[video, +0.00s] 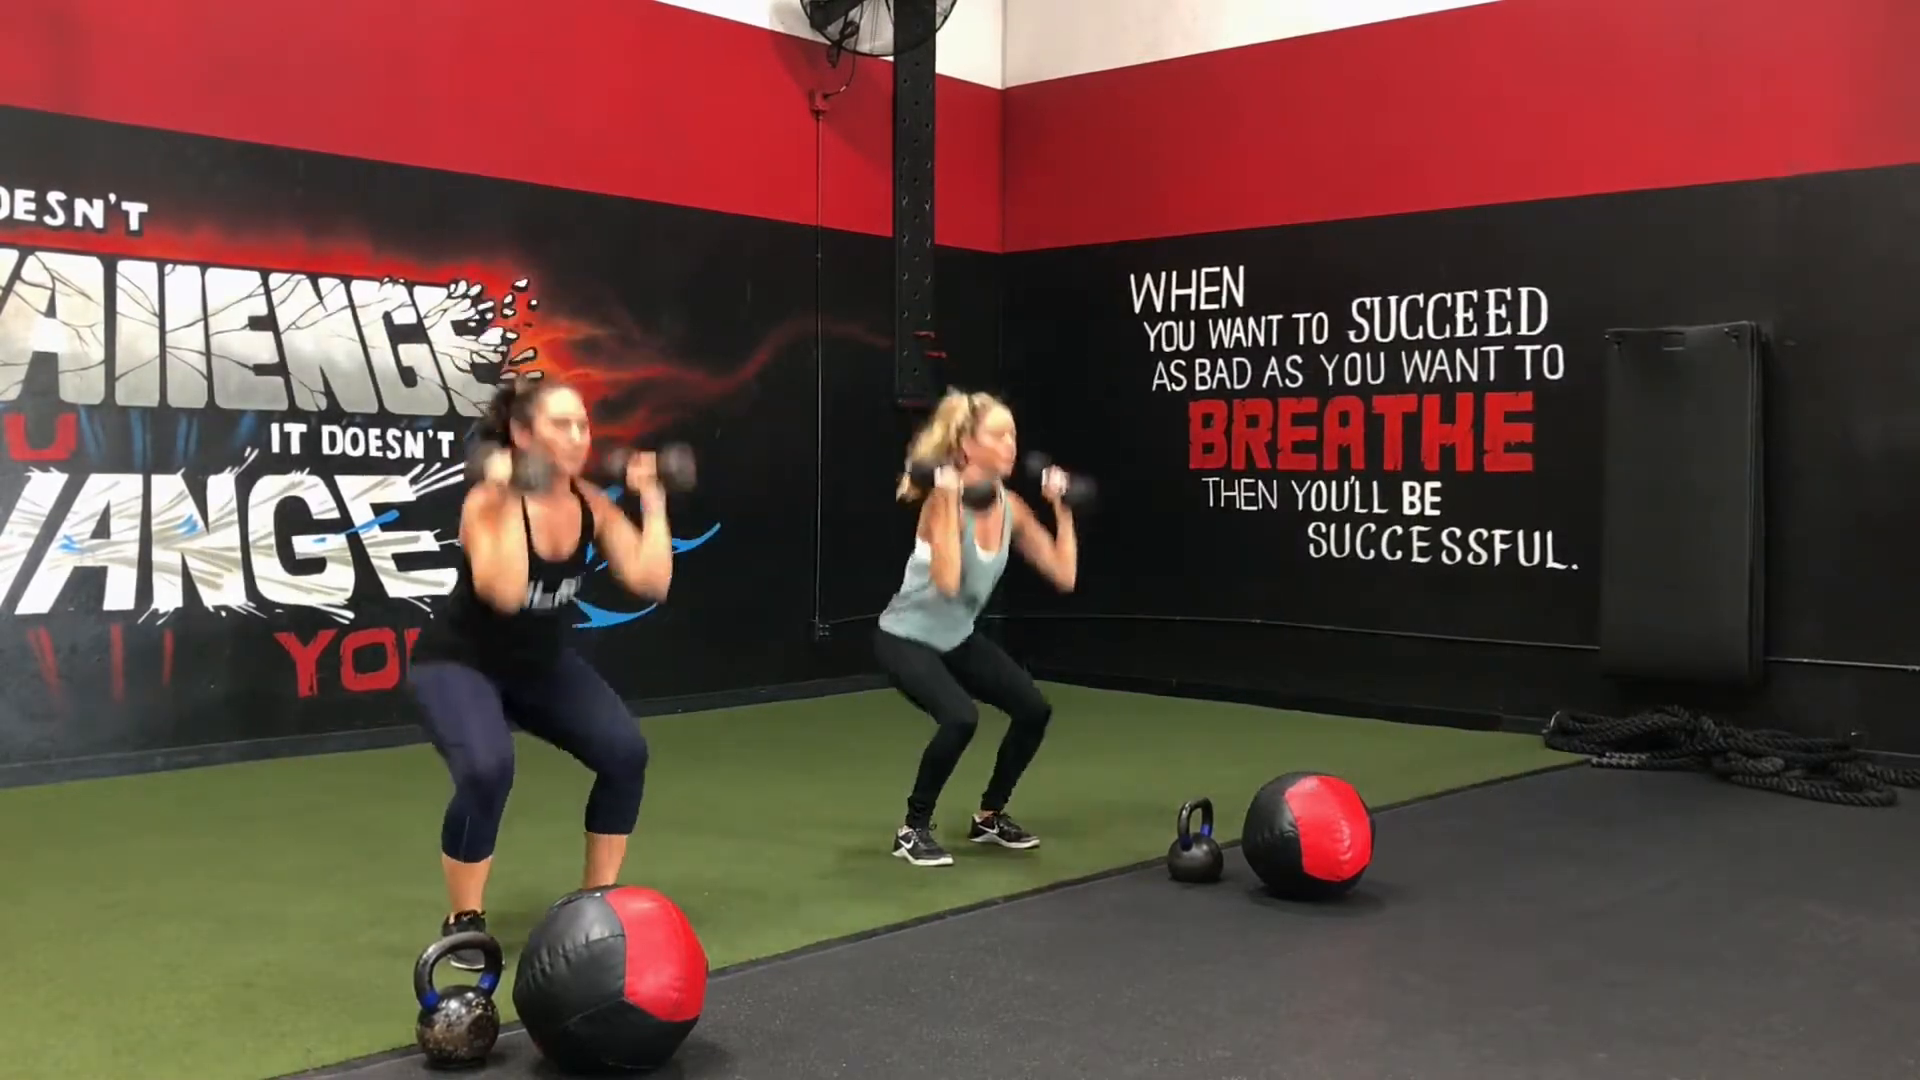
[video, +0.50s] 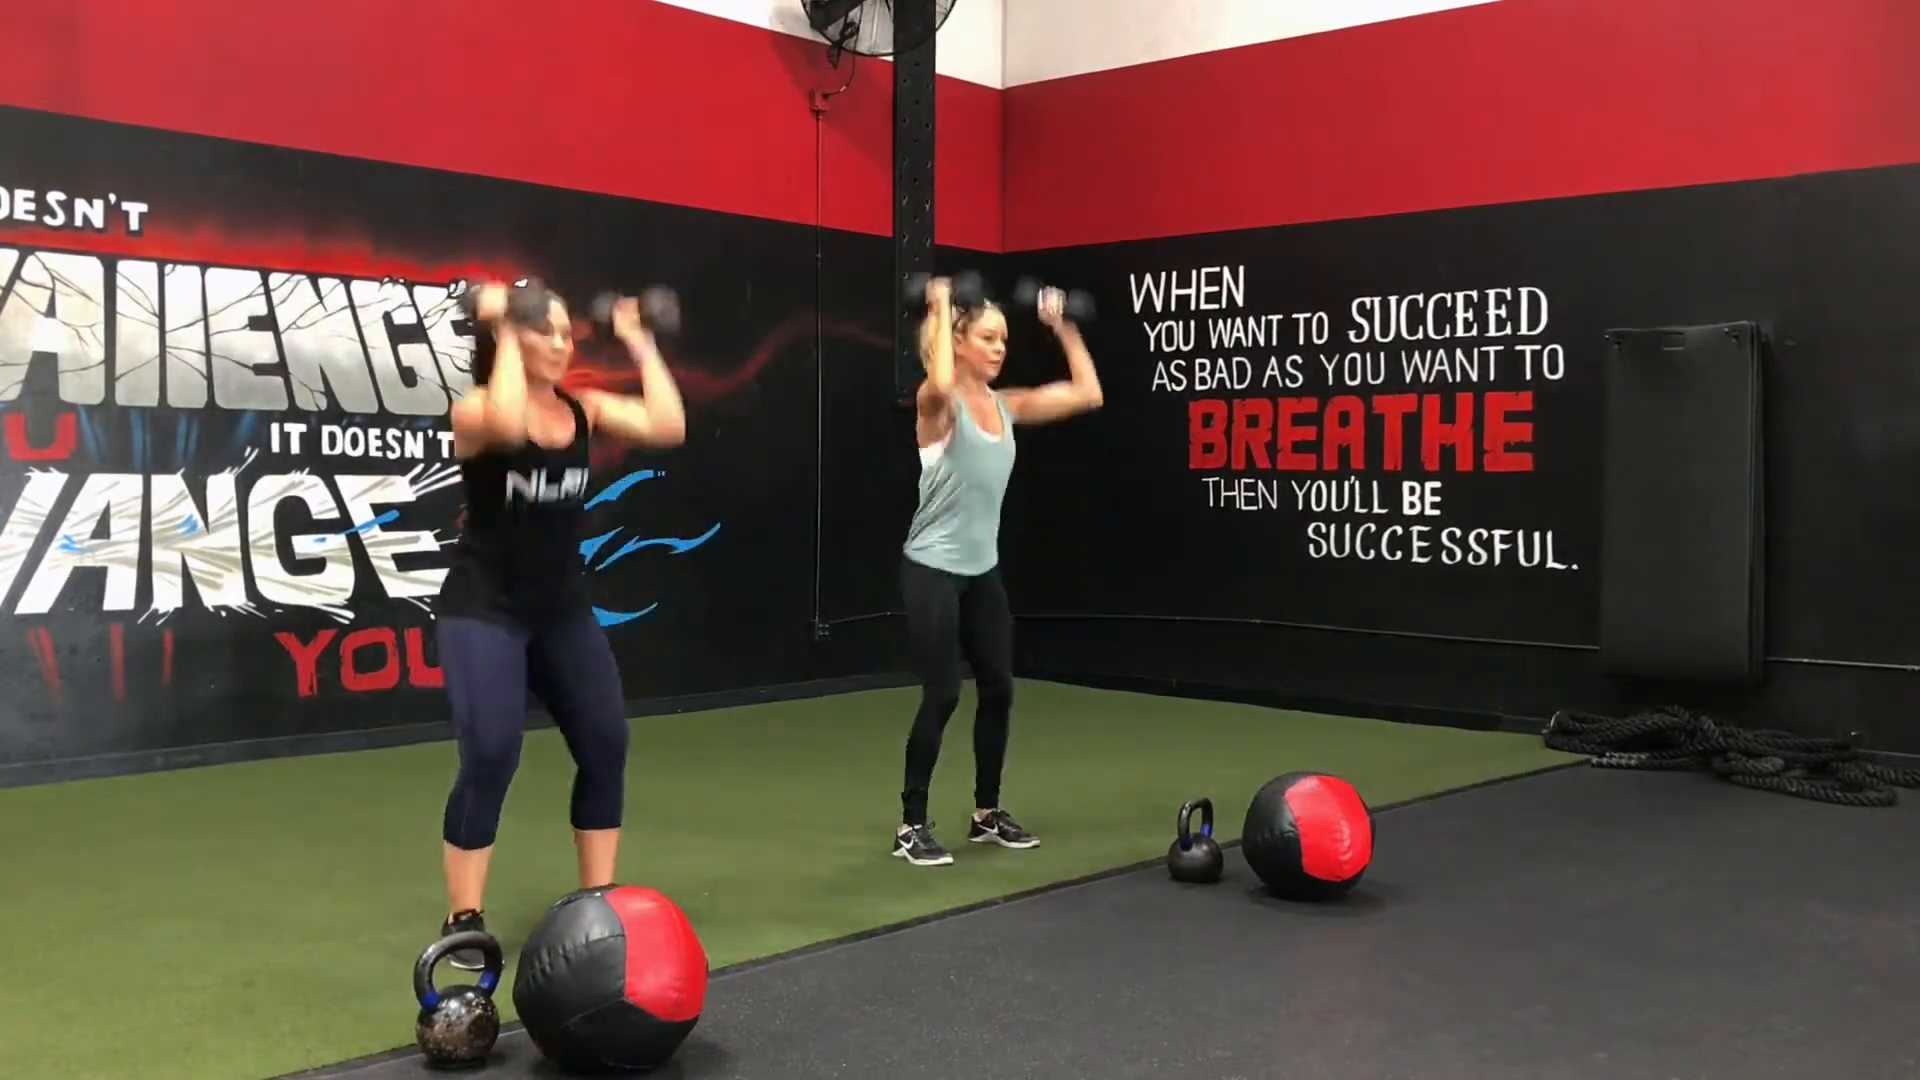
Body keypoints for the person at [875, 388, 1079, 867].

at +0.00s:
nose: (1011, 446)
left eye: (1012, 435)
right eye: (1000, 436)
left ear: (1010, 445)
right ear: (967, 446)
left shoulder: (1009, 504)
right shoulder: (944, 504)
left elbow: (1064, 575)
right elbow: (948, 582)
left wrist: (1061, 507)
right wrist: (947, 498)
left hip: (957, 639)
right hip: (904, 639)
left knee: (1033, 711)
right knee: (960, 718)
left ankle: (989, 817)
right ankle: (915, 829)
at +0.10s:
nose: (1022, 502)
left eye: (1022, 493)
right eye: (1009, 493)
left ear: (1025, 502)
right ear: (978, 504)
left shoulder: (1018, 562)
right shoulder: (950, 559)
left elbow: (1057, 640)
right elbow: (950, 653)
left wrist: (1059, 572)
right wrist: (953, 579)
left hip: (958, 677)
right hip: (901, 677)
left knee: (1041, 715)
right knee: (961, 724)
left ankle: (989, 818)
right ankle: (914, 830)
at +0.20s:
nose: (1024, 511)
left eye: (1025, 503)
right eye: (1011, 503)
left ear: (1029, 511)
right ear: (981, 514)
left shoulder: (1021, 569)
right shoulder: (952, 568)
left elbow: (1058, 649)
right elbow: (955, 668)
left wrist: (1061, 582)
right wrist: (957, 590)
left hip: (963, 684)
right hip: (902, 682)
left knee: (1043, 715)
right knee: (957, 725)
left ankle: (989, 818)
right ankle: (914, 830)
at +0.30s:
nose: (1023, 472)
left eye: (1024, 462)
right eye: (1010, 463)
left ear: (1026, 469)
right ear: (980, 473)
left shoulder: (1020, 532)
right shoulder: (951, 529)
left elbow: (1064, 611)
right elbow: (953, 622)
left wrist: (1062, 542)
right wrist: (955, 542)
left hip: (960, 655)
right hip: (905, 655)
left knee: (1040, 715)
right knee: (958, 724)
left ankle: (989, 817)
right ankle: (914, 829)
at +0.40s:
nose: (1015, 401)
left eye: (1016, 391)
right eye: (1003, 391)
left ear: (1013, 398)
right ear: (971, 395)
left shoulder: (1014, 462)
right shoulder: (945, 456)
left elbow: (1080, 520)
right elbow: (945, 524)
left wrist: (1063, 452)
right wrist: (945, 445)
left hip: (966, 609)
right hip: (912, 607)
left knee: (1027, 704)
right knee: (952, 711)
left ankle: (989, 816)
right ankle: (914, 829)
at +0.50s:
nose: (998, 349)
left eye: (1002, 339)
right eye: (987, 338)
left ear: (1004, 346)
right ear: (958, 343)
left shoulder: (1005, 404)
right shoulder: (938, 404)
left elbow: (1087, 394)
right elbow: (940, 381)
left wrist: (1062, 328)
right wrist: (939, 310)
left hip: (982, 570)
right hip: (931, 568)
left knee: (997, 687)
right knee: (943, 690)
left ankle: (987, 814)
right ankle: (913, 827)